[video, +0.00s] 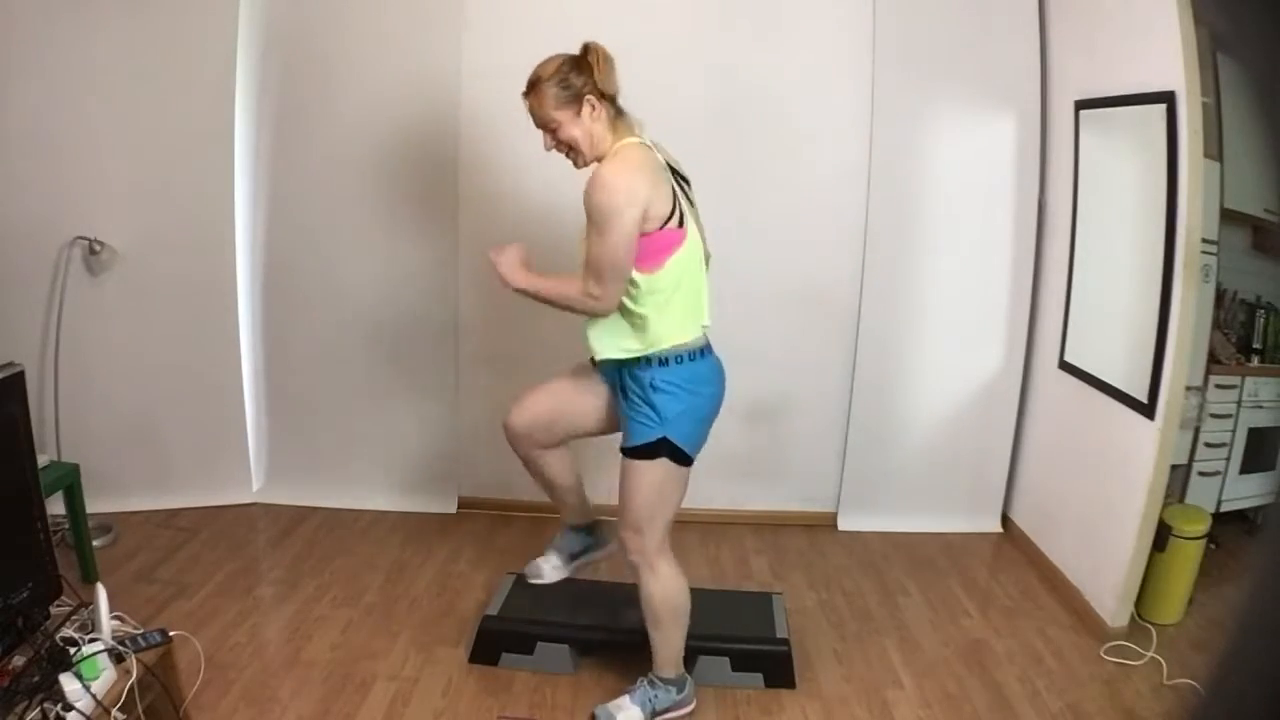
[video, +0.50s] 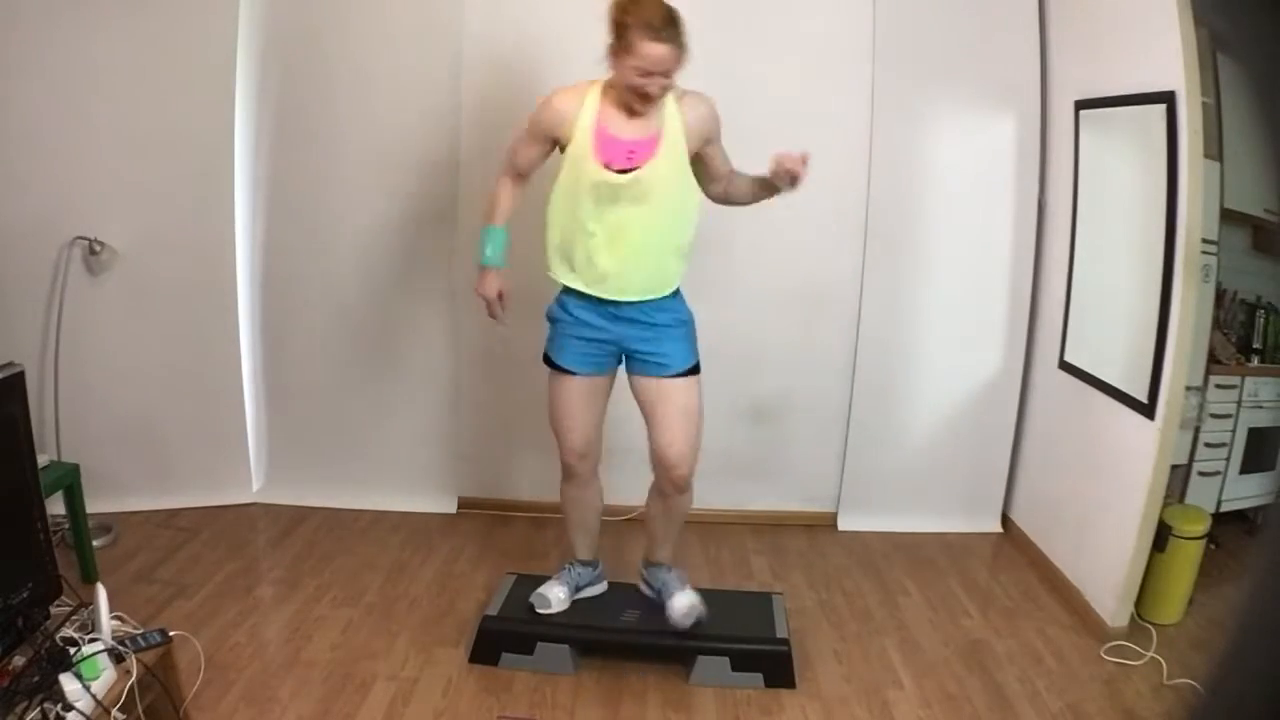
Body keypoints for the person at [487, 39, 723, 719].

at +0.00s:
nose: (548, 141)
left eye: (551, 126)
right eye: (541, 130)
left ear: (592, 107)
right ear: (591, 108)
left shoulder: (616, 179)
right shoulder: (635, 156)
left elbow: (600, 295)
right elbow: (664, 261)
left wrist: (521, 280)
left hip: (672, 379)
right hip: (642, 368)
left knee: (644, 545)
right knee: (526, 425)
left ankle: (670, 682)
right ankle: (583, 529)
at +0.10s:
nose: (550, 147)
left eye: (554, 131)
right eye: (543, 135)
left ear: (594, 114)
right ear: (589, 119)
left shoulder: (627, 183)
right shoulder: (620, 174)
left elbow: (612, 302)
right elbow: (625, 285)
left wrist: (514, 291)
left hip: (667, 385)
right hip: (624, 375)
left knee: (625, 546)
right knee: (528, 453)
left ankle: (668, 684)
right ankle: (574, 543)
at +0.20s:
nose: (548, 136)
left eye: (556, 120)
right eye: (540, 125)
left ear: (598, 105)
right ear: (549, 121)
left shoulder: (637, 170)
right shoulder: (596, 174)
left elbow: (687, 276)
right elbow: (614, 273)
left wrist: (599, 283)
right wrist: (582, 344)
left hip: (655, 371)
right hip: (607, 365)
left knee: (633, 531)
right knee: (547, 478)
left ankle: (666, 679)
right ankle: (583, 568)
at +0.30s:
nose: (564, 110)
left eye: (576, 95)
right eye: (554, 96)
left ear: (609, 83)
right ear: (547, 88)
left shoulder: (659, 141)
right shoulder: (557, 145)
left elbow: (731, 229)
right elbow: (566, 235)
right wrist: (543, 313)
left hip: (660, 337)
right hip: (595, 334)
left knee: (647, 497)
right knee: (557, 469)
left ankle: (662, 652)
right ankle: (583, 568)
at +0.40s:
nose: (608, 87)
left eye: (621, 73)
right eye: (595, 74)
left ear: (643, 61)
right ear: (576, 63)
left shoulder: (679, 118)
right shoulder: (552, 123)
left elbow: (728, 194)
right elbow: (534, 201)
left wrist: (757, 178)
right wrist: (513, 281)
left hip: (660, 321)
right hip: (585, 318)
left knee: (652, 472)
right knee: (571, 458)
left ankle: (670, 608)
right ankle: (584, 569)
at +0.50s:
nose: (655, 85)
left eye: (667, 73)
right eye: (644, 72)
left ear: (680, 65)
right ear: (614, 54)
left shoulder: (693, 115)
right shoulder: (565, 111)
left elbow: (721, 184)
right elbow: (512, 175)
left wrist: (770, 184)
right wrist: (492, 260)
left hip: (661, 312)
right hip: (581, 310)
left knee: (678, 468)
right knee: (577, 459)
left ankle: (659, 569)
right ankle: (584, 568)